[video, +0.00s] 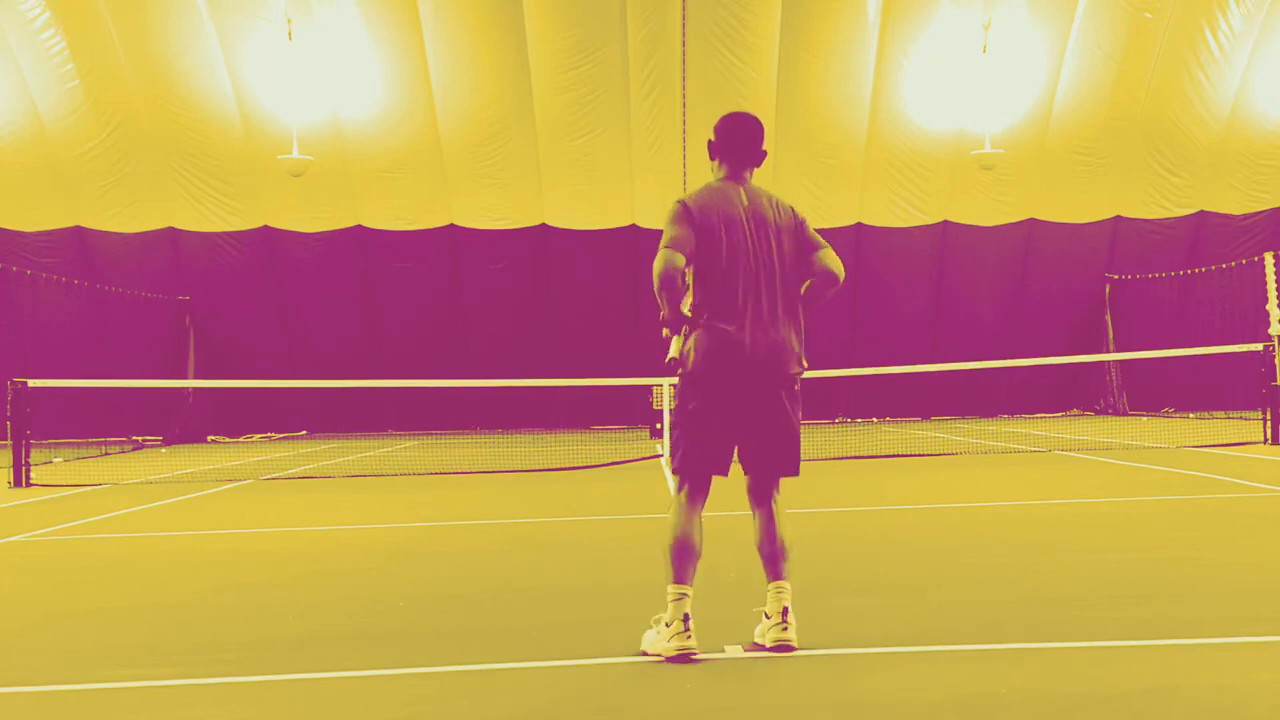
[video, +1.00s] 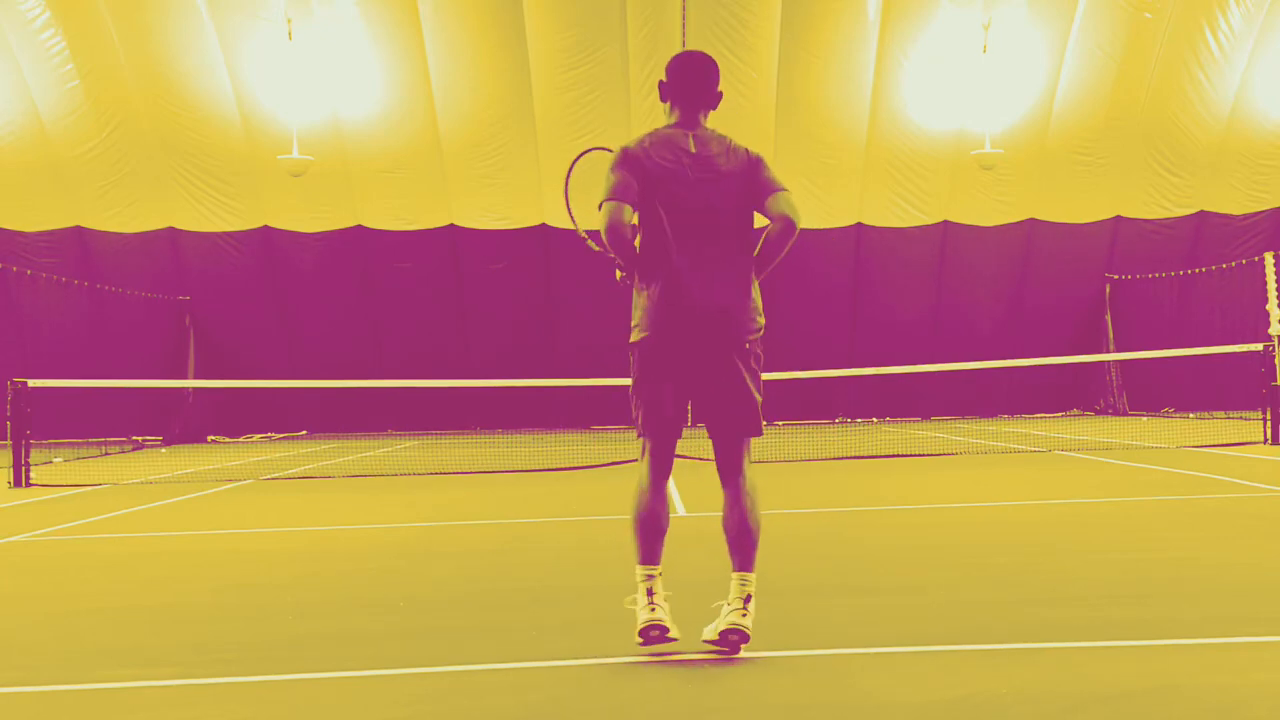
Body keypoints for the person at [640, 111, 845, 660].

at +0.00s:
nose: (713, 160)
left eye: (712, 152)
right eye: (727, 154)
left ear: (713, 153)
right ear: (762, 158)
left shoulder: (693, 207)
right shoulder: (786, 213)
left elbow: (667, 269)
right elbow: (831, 272)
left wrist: (673, 324)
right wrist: (788, 307)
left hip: (712, 363)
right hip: (775, 364)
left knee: (690, 495)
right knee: (765, 494)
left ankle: (678, 623)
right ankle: (781, 618)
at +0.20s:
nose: (710, 124)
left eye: (701, 113)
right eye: (735, 117)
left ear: (695, 115)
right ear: (747, 119)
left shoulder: (670, 168)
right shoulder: (772, 172)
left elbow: (647, 222)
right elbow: (811, 220)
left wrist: (667, 279)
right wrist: (775, 269)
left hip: (695, 335)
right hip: (763, 335)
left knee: (693, 467)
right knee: (773, 466)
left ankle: (697, 602)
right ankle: (787, 598)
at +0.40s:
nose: (719, 145)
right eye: (726, 135)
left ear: (678, 138)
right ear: (729, 139)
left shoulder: (646, 200)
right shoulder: (752, 201)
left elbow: (617, 263)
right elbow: (786, 275)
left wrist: (650, 317)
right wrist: (745, 314)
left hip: (679, 359)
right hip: (747, 355)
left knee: (689, 496)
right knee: (779, 487)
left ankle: (696, 620)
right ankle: (819, 615)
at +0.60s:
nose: (713, 114)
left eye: (691, 103)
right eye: (725, 103)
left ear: (679, 104)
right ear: (733, 106)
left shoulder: (649, 162)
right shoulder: (756, 171)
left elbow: (624, 226)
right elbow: (789, 241)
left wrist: (639, 274)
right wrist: (743, 273)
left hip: (669, 329)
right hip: (734, 329)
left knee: (672, 468)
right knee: (740, 464)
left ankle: (673, 600)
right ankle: (743, 594)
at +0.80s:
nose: (708, 140)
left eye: (684, 129)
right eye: (721, 129)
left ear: (677, 131)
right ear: (730, 136)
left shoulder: (652, 190)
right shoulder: (754, 199)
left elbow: (625, 277)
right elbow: (798, 271)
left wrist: (635, 300)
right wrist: (759, 315)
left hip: (669, 356)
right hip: (734, 359)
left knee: (636, 492)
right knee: (717, 497)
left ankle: (623, 627)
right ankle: (728, 623)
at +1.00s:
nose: (682, 105)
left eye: (672, 92)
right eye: (706, 96)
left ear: (664, 94)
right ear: (718, 99)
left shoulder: (636, 155)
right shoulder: (743, 159)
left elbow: (613, 225)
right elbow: (788, 221)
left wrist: (640, 269)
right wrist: (751, 274)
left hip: (662, 326)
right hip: (732, 325)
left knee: (654, 466)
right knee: (736, 469)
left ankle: (650, 602)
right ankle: (739, 608)